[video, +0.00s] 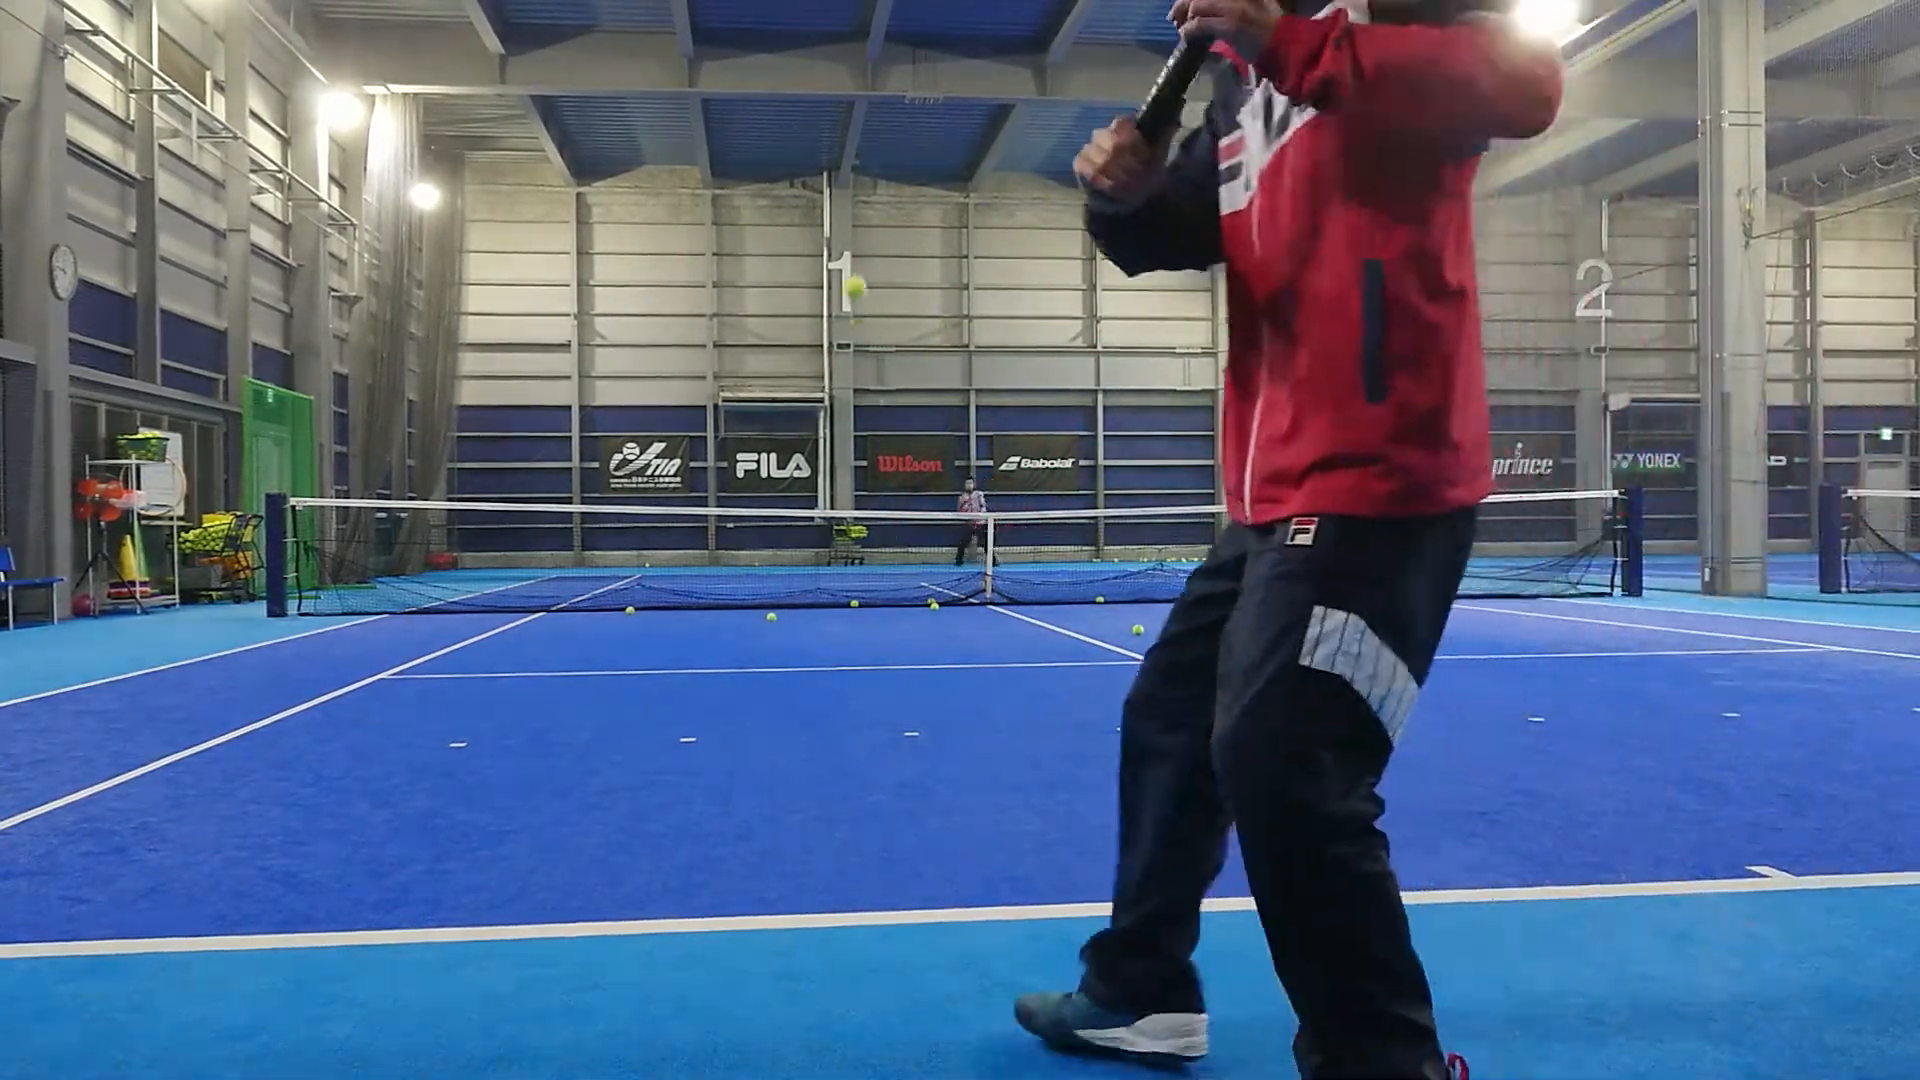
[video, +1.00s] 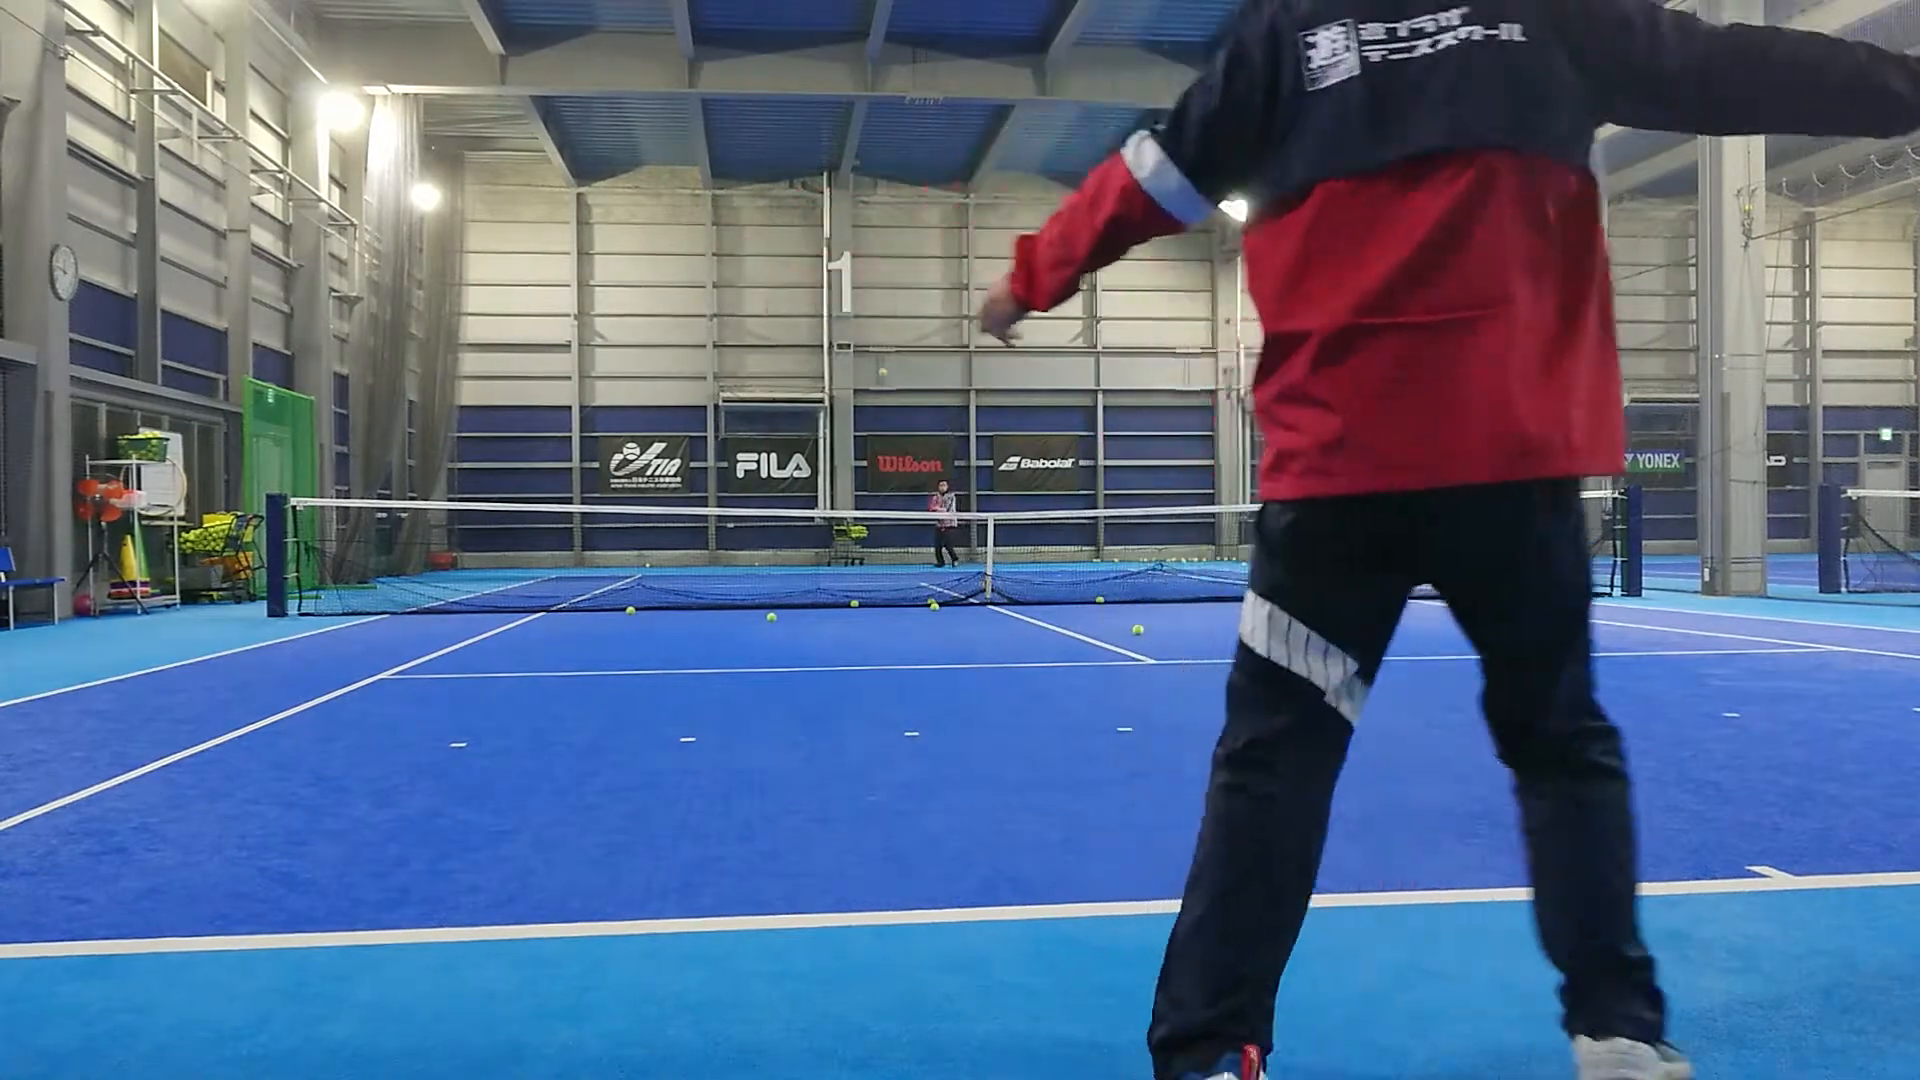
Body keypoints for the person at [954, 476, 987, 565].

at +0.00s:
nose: (969, 486)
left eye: (970, 483)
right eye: (967, 483)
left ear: (974, 485)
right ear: (965, 485)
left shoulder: (979, 495)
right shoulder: (962, 497)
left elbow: (983, 506)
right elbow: (960, 510)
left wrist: (981, 517)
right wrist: (966, 518)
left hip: (979, 521)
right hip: (968, 522)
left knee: (985, 543)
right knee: (963, 542)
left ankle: (992, 560)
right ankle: (959, 559)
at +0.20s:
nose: (959, 485)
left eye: (961, 483)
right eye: (958, 483)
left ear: (965, 485)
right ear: (956, 485)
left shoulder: (971, 495)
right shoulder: (954, 496)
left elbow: (973, 509)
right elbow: (951, 510)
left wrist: (962, 514)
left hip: (972, 522)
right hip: (961, 522)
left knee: (977, 545)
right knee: (958, 544)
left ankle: (988, 560)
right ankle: (958, 561)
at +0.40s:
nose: (957, 483)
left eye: (959, 480)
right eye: (955, 481)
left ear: (962, 482)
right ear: (952, 482)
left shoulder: (968, 493)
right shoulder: (950, 494)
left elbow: (971, 508)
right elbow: (947, 508)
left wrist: (964, 517)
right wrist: (954, 515)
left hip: (966, 521)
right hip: (955, 521)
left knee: (970, 542)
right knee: (956, 543)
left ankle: (976, 557)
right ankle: (958, 560)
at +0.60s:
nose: (955, 486)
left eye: (957, 483)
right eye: (954, 483)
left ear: (960, 484)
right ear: (951, 485)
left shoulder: (965, 495)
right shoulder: (948, 496)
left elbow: (968, 509)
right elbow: (946, 508)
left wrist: (966, 520)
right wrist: (950, 518)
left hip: (963, 522)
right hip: (953, 522)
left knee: (966, 543)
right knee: (949, 542)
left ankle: (970, 560)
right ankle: (952, 558)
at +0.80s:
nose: (949, 488)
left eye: (951, 486)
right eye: (947, 486)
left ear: (954, 487)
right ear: (945, 488)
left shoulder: (958, 498)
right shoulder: (942, 499)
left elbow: (960, 512)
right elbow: (940, 511)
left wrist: (954, 522)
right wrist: (946, 519)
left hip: (957, 526)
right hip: (946, 525)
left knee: (960, 546)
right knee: (942, 545)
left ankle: (969, 562)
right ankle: (941, 562)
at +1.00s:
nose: (942, 487)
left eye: (944, 485)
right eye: (940, 485)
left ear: (947, 487)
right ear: (938, 487)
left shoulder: (951, 497)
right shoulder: (936, 497)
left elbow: (948, 509)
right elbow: (931, 507)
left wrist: (936, 508)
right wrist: (940, 509)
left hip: (949, 523)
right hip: (939, 523)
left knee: (947, 544)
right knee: (937, 545)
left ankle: (954, 559)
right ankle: (940, 561)